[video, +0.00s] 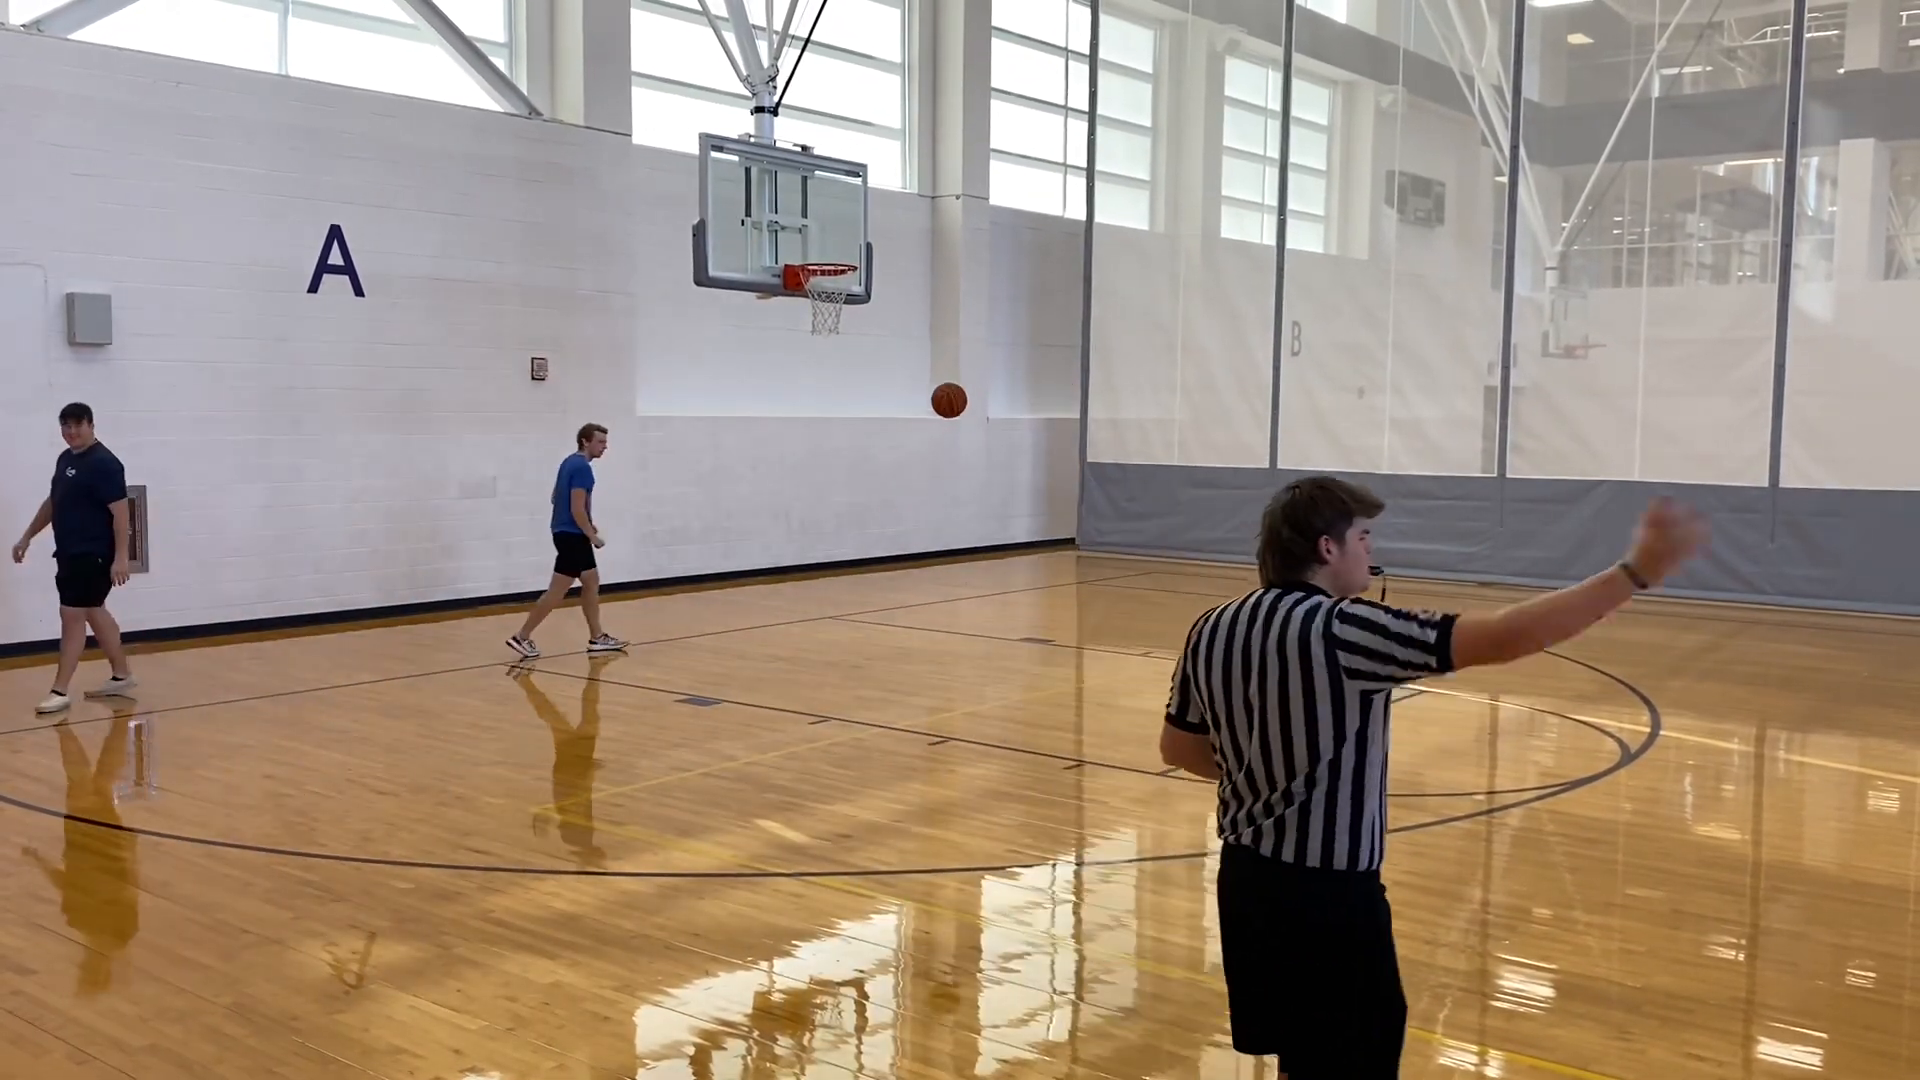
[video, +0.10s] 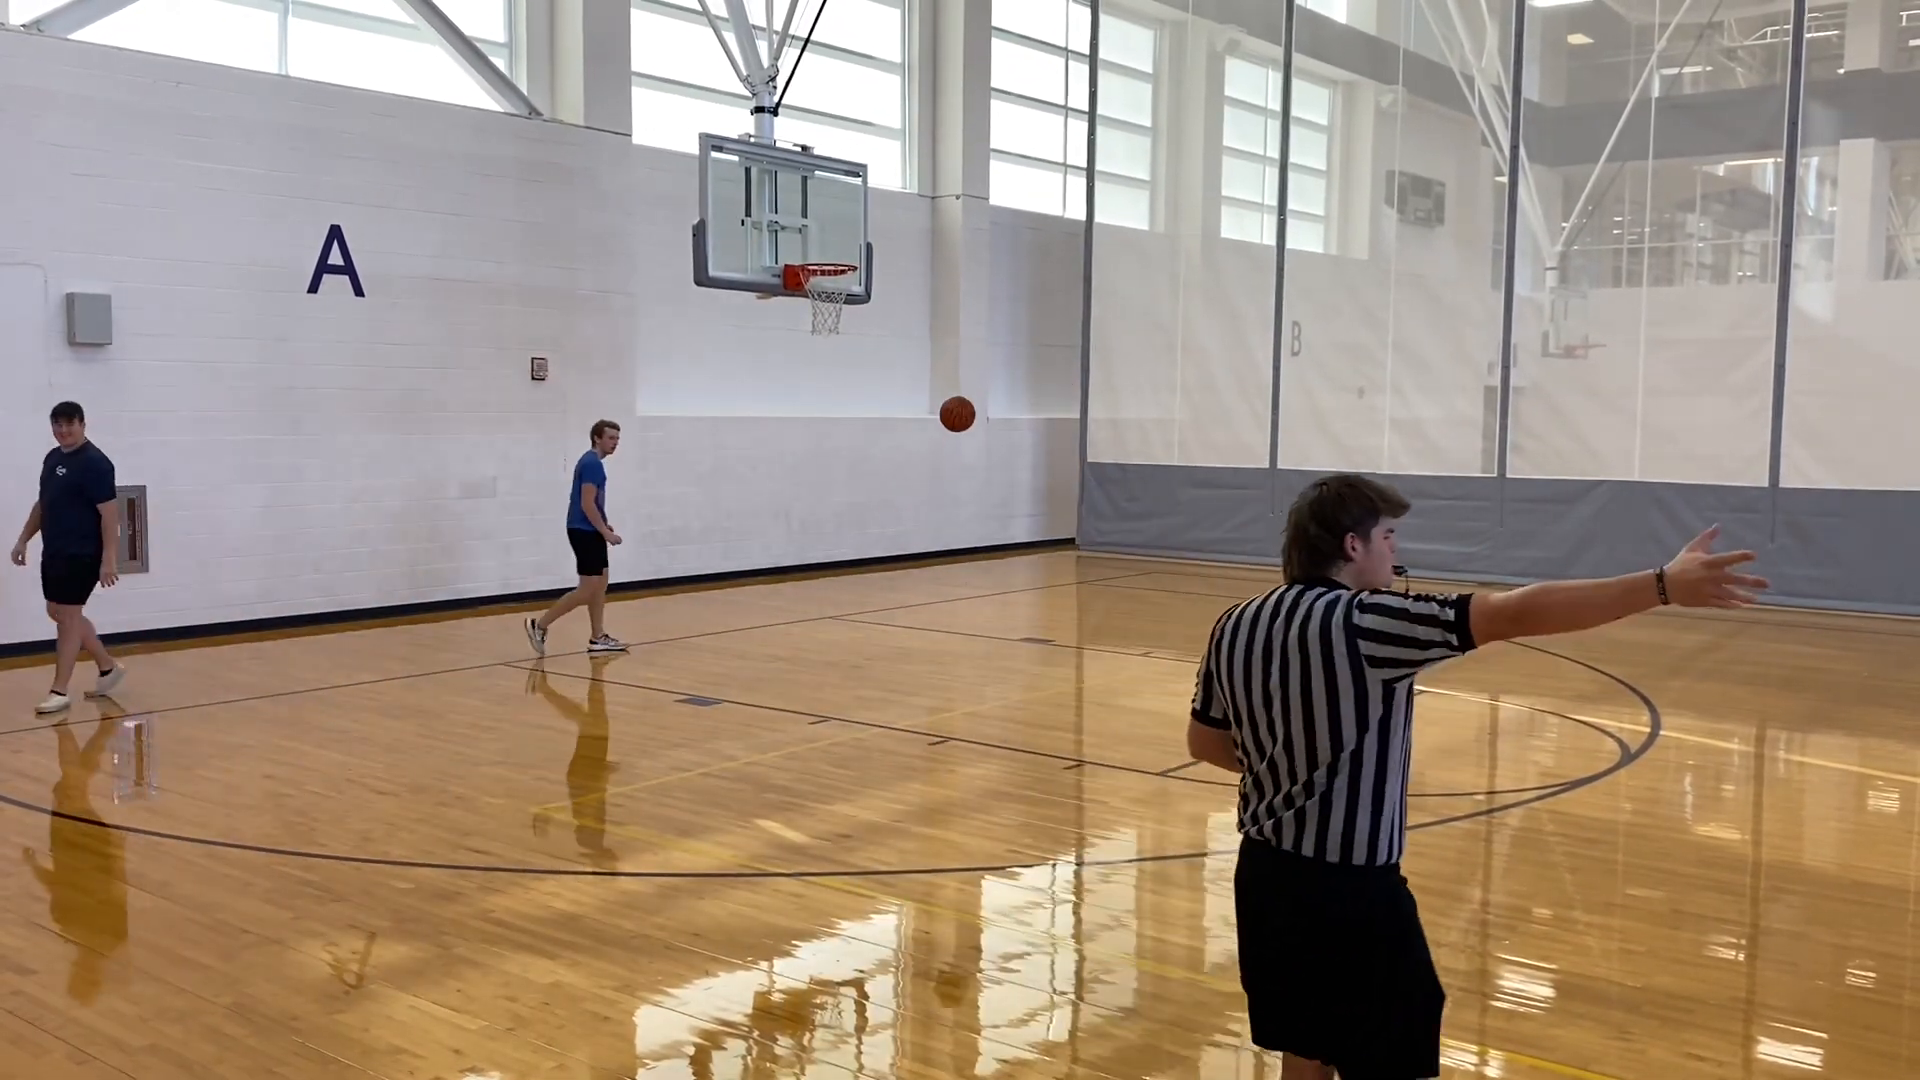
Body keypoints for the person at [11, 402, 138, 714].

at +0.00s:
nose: (69, 432)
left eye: (75, 426)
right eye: (65, 426)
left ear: (90, 426)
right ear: (62, 429)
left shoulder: (106, 464)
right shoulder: (66, 459)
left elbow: (121, 513)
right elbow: (53, 503)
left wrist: (121, 558)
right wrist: (26, 537)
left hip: (93, 554)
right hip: (69, 553)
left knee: (71, 616)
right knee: (95, 611)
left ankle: (60, 691)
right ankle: (122, 674)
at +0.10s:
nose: (62, 430)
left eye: (68, 424)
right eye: (57, 425)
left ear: (82, 425)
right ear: (53, 428)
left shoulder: (98, 463)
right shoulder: (53, 458)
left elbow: (110, 515)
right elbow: (44, 504)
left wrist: (109, 561)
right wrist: (23, 539)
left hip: (83, 552)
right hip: (54, 550)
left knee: (69, 614)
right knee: (58, 611)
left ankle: (59, 691)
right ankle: (108, 666)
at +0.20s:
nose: (55, 433)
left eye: (61, 427)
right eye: (50, 427)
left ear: (74, 426)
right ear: (45, 429)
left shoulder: (88, 464)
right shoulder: (40, 458)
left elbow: (99, 516)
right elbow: (33, 506)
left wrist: (88, 561)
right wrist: (27, 544)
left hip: (71, 553)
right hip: (40, 551)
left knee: (65, 619)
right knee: (26, 610)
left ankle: (59, 691)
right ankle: (85, 657)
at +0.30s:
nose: (48, 431)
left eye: (54, 425)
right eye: (42, 425)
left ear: (65, 426)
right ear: (35, 427)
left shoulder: (81, 465)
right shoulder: (29, 458)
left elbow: (86, 520)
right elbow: (17, 503)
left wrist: (67, 559)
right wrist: (16, 542)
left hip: (70, 550)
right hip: (33, 549)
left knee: (60, 617)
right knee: (8, 610)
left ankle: (60, 691)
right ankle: (49, 662)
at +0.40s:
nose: (39, 430)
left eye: (45, 424)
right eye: (33, 424)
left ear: (55, 426)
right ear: (25, 427)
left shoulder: (73, 464)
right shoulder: (16, 458)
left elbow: (75, 518)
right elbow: (3, 502)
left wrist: (48, 553)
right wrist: (7, 539)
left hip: (61, 551)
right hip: (21, 549)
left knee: (55, 619)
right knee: (3, 612)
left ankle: (58, 691)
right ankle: (8, 681)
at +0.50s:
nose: (30, 430)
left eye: (36, 424)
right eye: (24, 424)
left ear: (45, 426)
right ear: (14, 427)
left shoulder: (62, 464)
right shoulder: (3, 460)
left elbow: (70, 516)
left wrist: (38, 549)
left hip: (52, 553)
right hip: (9, 553)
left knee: (51, 620)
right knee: (3, 621)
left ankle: (58, 691)